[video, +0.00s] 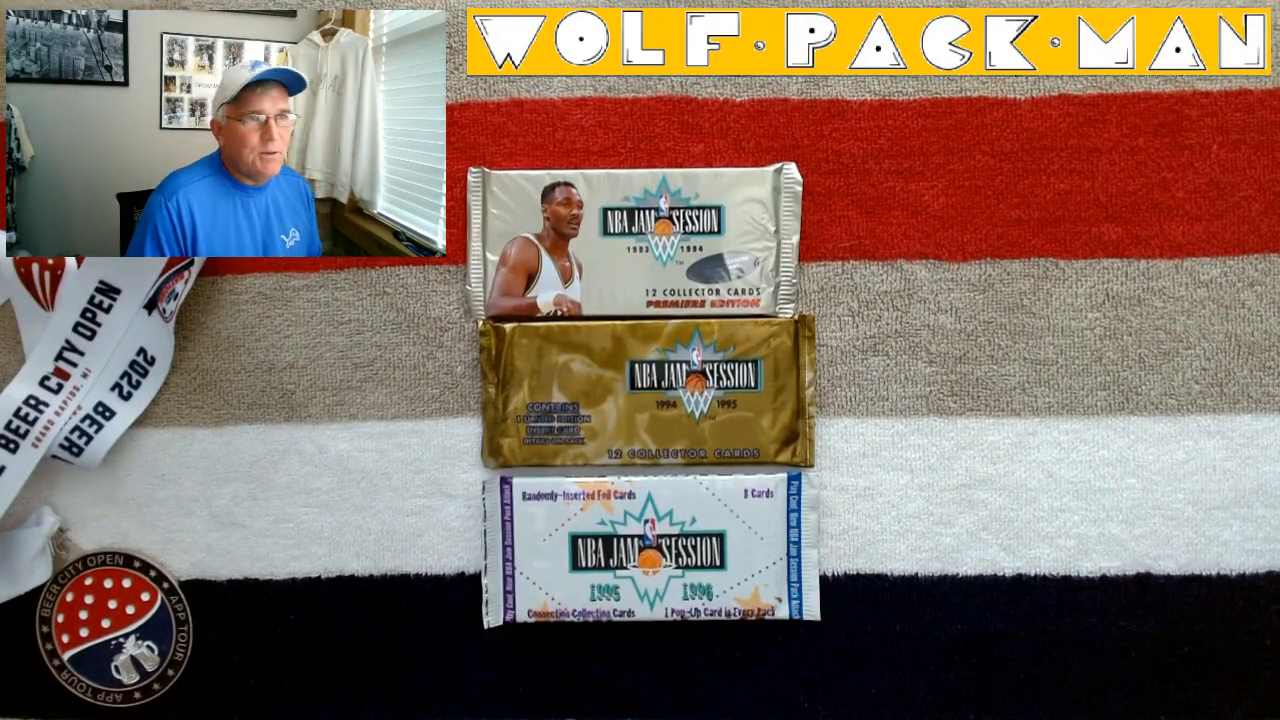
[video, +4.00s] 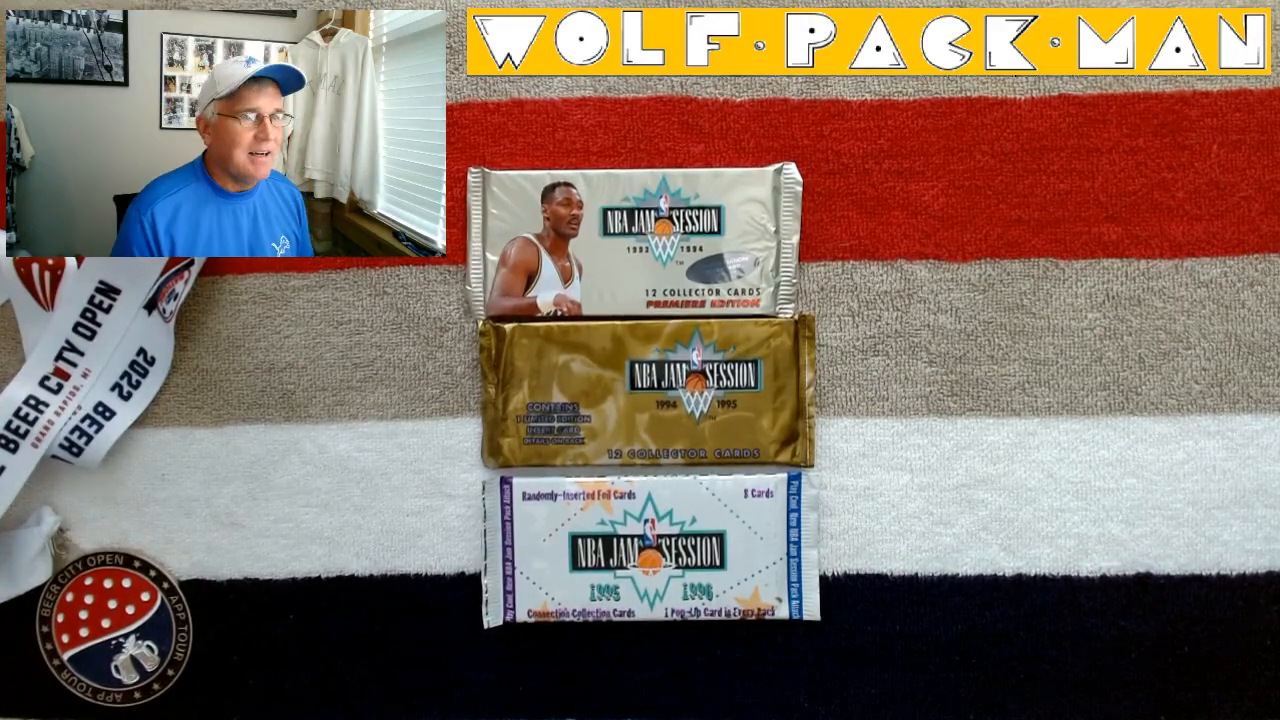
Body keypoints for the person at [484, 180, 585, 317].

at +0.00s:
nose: (576, 213)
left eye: (580, 206)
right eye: (566, 205)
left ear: (583, 211)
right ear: (545, 211)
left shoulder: (575, 265)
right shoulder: (521, 249)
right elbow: (495, 307)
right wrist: (550, 301)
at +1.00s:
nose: (576, 213)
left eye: (580, 207)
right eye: (566, 205)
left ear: (583, 212)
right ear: (545, 211)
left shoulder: (575, 266)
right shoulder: (521, 250)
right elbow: (495, 307)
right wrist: (550, 301)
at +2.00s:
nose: (576, 213)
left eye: (580, 206)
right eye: (566, 204)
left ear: (583, 211)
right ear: (546, 211)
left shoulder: (575, 266)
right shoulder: (521, 249)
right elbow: (495, 307)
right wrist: (551, 300)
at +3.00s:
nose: (576, 213)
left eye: (580, 207)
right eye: (566, 205)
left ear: (583, 211)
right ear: (545, 211)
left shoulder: (575, 266)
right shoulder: (521, 249)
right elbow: (494, 307)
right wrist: (550, 301)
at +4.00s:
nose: (576, 213)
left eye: (580, 207)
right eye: (566, 205)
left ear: (583, 211)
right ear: (545, 211)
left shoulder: (575, 266)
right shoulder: (521, 250)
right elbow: (495, 307)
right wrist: (550, 301)